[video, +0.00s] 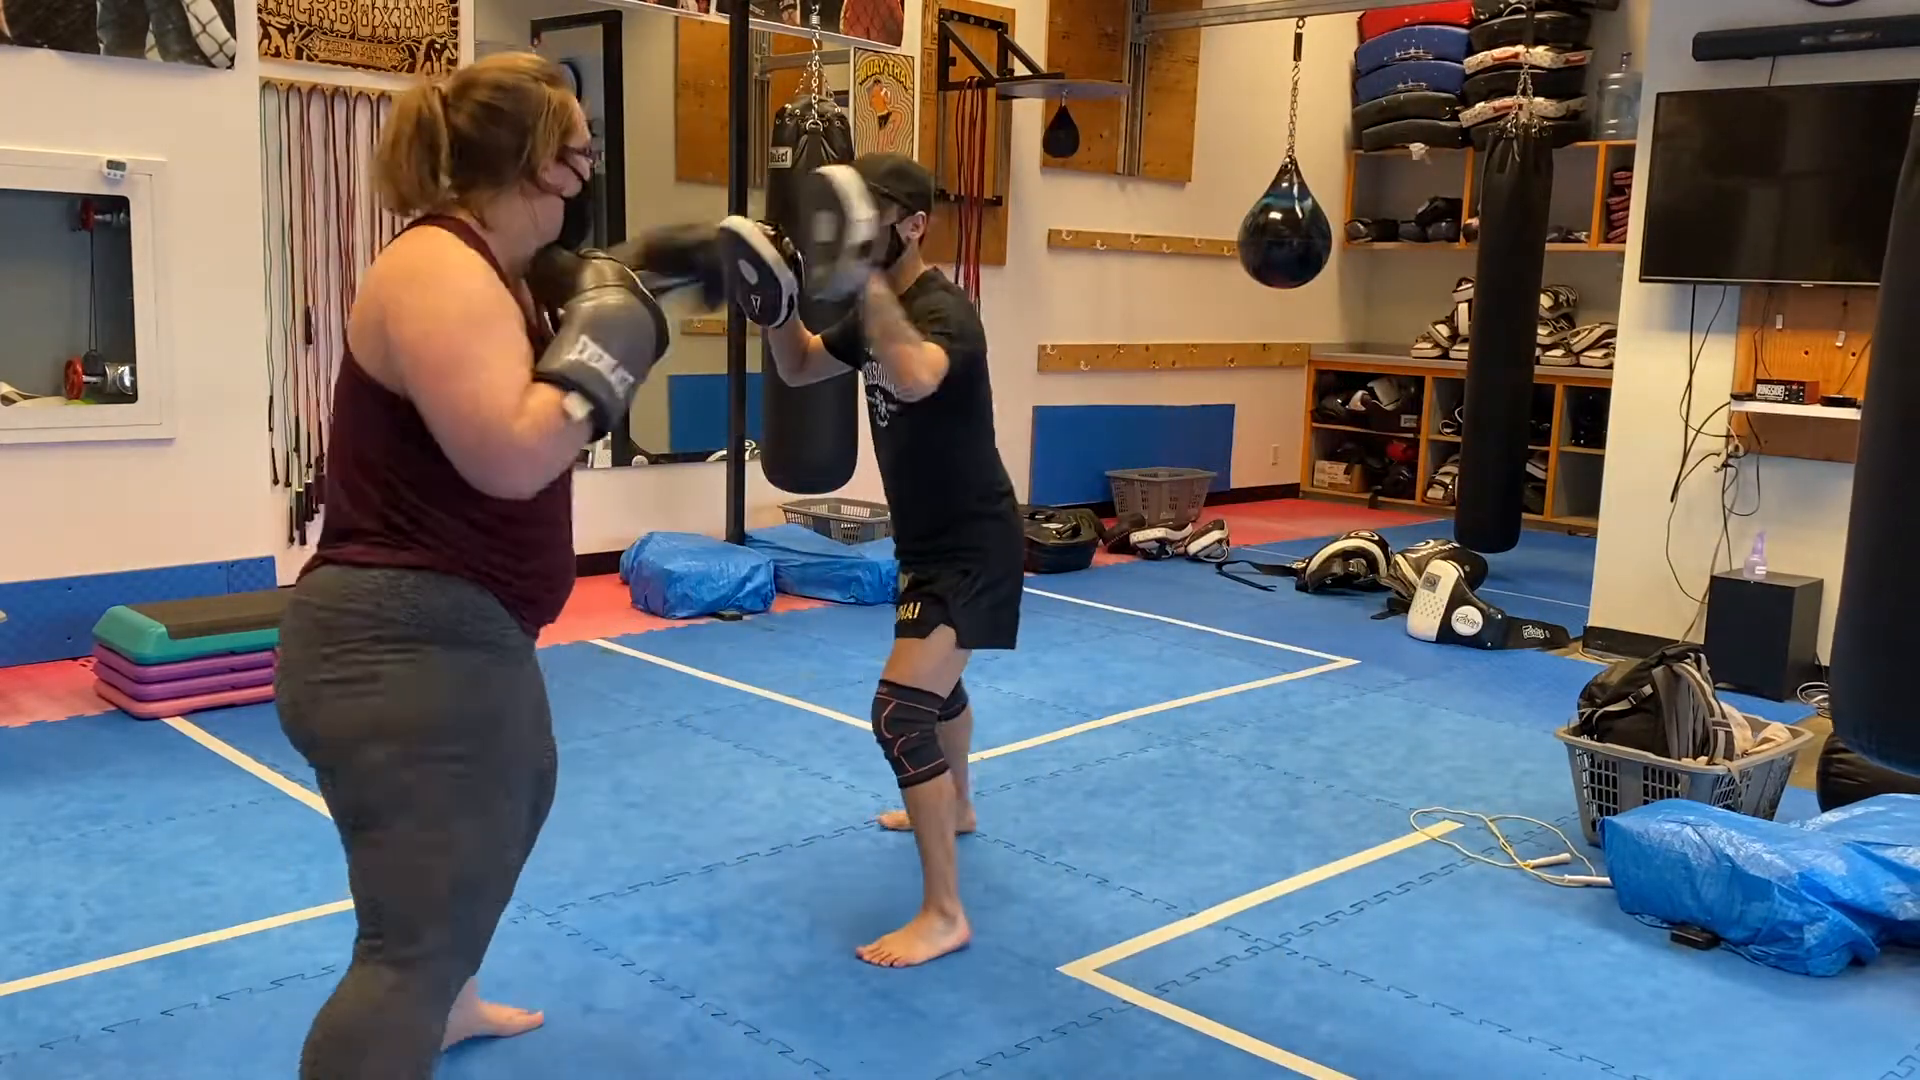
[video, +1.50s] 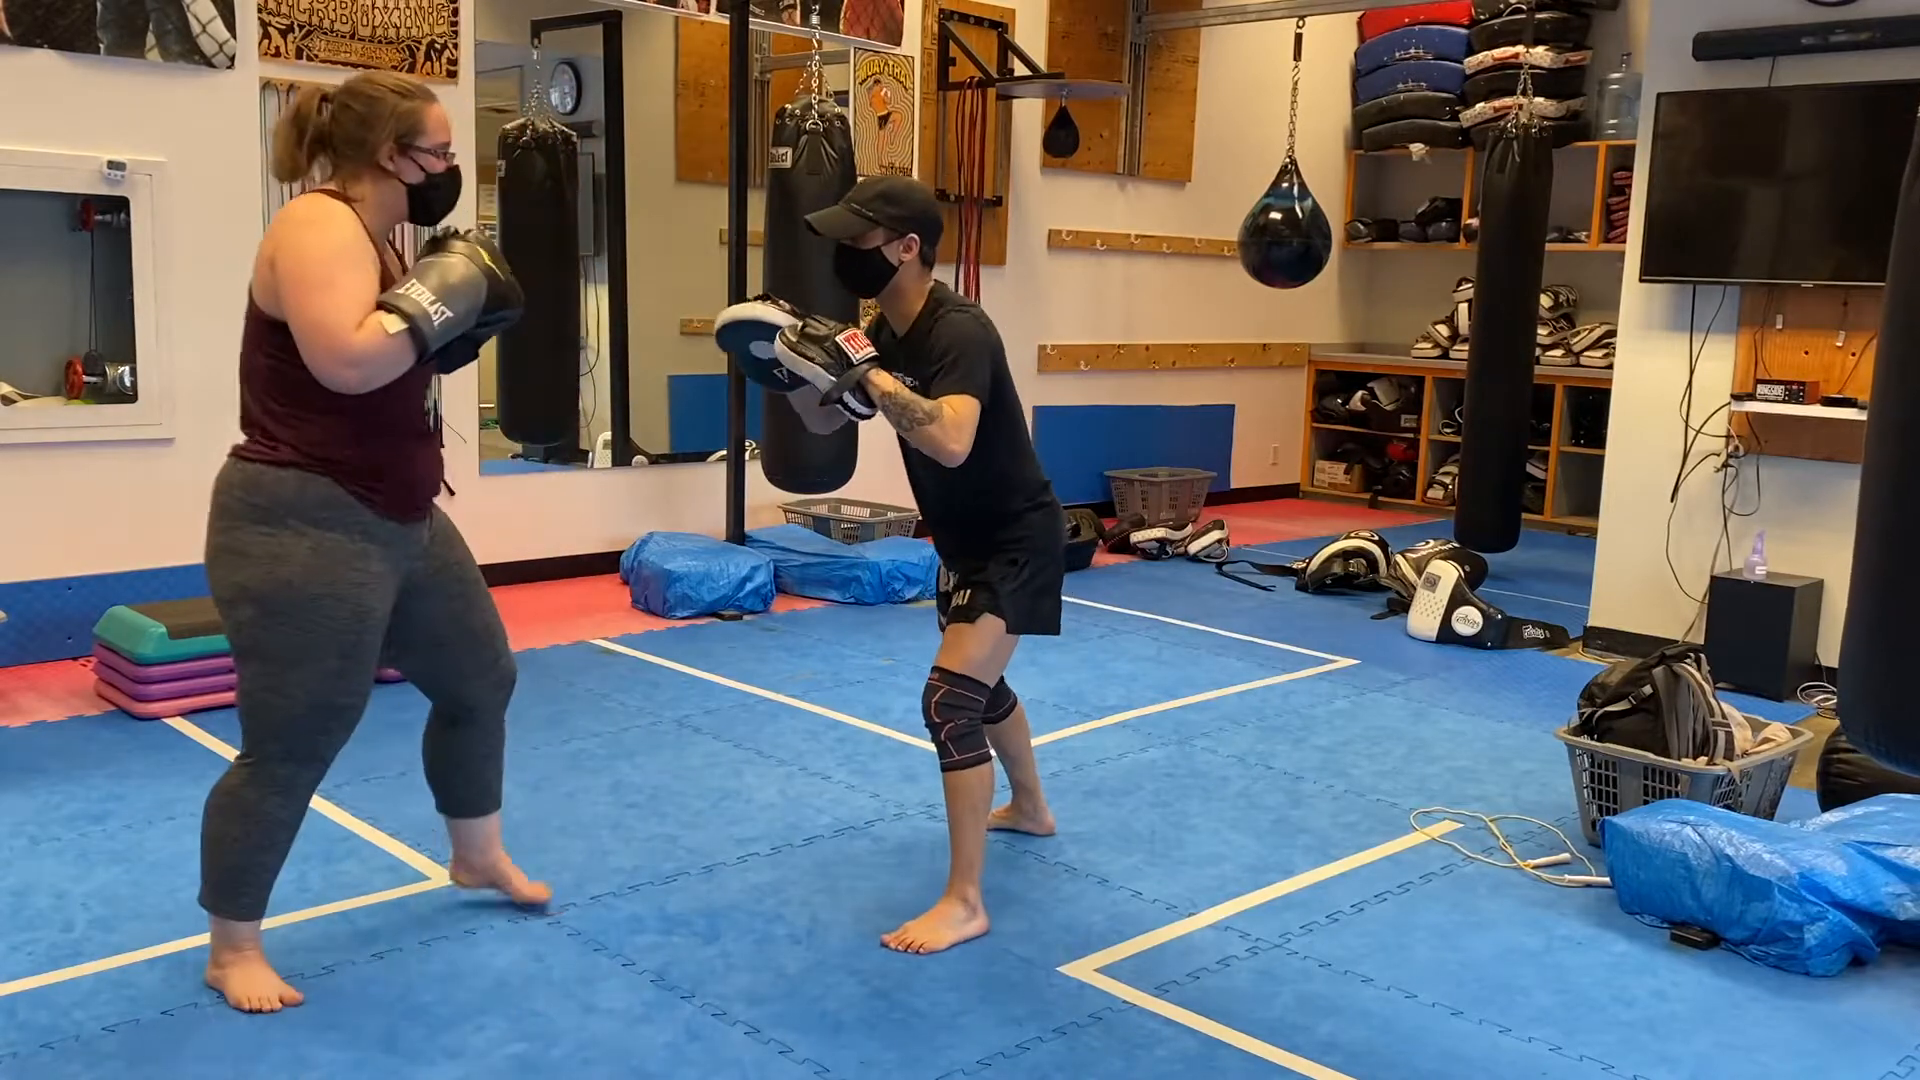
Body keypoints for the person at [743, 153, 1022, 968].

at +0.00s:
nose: (858, 241)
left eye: (869, 227)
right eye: (854, 229)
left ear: (910, 225)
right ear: (883, 231)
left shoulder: (945, 308)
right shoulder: (873, 303)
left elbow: (916, 377)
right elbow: (801, 366)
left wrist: (866, 282)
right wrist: (772, 301)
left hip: (971, 538)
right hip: (927, 534)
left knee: (904, 711)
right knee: (936, 680)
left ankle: (945, 913)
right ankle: (954, 804)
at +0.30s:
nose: (876, 251)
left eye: (888, 238)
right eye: (872, 240)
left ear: (933, 231)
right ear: (903, 237)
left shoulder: (968, 314)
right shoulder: (911, 305)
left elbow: (947, 392)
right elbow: (846, 366)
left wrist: (889, 303)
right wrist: (816, 311)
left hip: (995, 539)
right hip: (968, 534)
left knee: (908, 702)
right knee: (982, 678)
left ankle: (948, 898)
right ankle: (1029, 806)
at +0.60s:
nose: (890, 251)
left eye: (907, 239)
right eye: (889, 238)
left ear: (959, 243)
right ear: (890, 238)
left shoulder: (1001, 324)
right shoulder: (896, 318)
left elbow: (1002, 423)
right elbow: (811, 390)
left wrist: (921, 352)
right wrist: (809, 305)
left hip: (1014, 544)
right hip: (952, 542)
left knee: (949, 703)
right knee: (961, 692)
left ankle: (964, 899)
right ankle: (1027, 805)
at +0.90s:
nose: (889, 253)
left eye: (904, 242)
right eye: (890, 240)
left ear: (957, 247)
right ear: (941, 249)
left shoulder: (1012, 333)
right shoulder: (917, 329)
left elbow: (1000, 444)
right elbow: (849, 408)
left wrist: (940, 387)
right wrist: (815, 349)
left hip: (1032, 542)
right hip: (966, 539)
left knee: (960, 699)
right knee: (959, 687)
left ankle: (965, 900)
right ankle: (1029, 805)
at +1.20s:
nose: (873, 259)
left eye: (886, 247)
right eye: (873, 246)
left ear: (936, 250)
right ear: (925, 252)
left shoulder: (974, 332)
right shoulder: (924, 330)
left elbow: (937, 445)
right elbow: (906, 420)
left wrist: (878, 385)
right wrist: (855, 379)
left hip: (1034, 542)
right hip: (987, 540)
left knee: (954, 701)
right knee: (977, 680)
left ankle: (964, 900)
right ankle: (1030, 804)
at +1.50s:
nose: (845, 253)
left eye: (857, 243)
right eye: (845, 241)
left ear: (905, 246)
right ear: (894, 247)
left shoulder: (962, 331)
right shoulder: (882, 321)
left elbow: (952, 440)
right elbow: (846, 401)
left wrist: (875, 381)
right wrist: (804, 359)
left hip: (1017, 536)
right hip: (961, 532)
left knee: (953, 701)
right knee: (979, 681)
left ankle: (966, 901)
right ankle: (1030, 804)